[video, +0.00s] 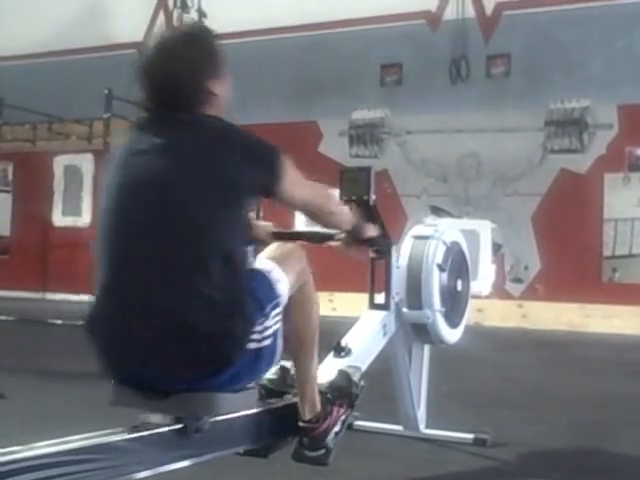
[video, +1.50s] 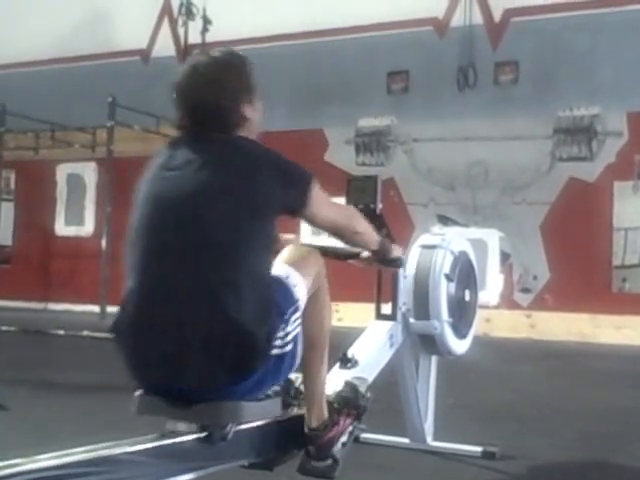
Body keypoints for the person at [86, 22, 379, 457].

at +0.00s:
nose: (228, 84)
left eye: (224, 73)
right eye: (223, 73)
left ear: (153, 87)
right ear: (210, 85)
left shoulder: (131, 149)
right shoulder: (230, 146)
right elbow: (320, 202)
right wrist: (354, 224)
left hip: (126, 361)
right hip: (205, 365)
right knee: (293, 256)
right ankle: (311, 410)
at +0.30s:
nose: (70, 50)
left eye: (67, 38)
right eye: (64, 38)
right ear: (41, 44)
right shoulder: (88, 132)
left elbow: (38, 222)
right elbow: (211, 208)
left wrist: (130, 224)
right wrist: (260, 228)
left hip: (25, 379)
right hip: (108, 362)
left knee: (203, 379)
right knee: (250, 331)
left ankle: (260, 415)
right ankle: (315, 418)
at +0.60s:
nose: (58, 60)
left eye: (55, 47)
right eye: (52, 46)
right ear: (29, 48)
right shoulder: (47, 135)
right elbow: (55, 273)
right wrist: (127, 250)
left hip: (10, 365)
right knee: (243, 333)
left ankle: (245, 407)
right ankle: (312, 420)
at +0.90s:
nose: (178, 78)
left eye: (174, 65)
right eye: (173, 65)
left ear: (95, 79)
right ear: (157, 74)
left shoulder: (57, 150)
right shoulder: (182, 153)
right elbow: (273, 266)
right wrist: (276, 229)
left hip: (85, 381)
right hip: (164, 380)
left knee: (206, 274)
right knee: (281, 283)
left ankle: (246, 416)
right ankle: (317, 421)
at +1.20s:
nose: (268, 116)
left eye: (265, 106)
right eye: (265, 106)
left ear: (198, 116)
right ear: (255, 115)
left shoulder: (171, 167)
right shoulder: (276, 173)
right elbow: (351, 240)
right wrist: (379, 261)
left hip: (161, 366)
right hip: (240, 369)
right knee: (314, 250)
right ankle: (317, 418)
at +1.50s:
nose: (260, 110)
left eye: (256, 99)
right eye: (255, 99)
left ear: (189, 109)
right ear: (243, 109)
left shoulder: (162, 163)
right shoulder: (255, 163)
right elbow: (344, 221)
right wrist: (378, 246)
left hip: (152, 370)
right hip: (229, 373)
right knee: (306, 257)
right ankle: (318, 423)